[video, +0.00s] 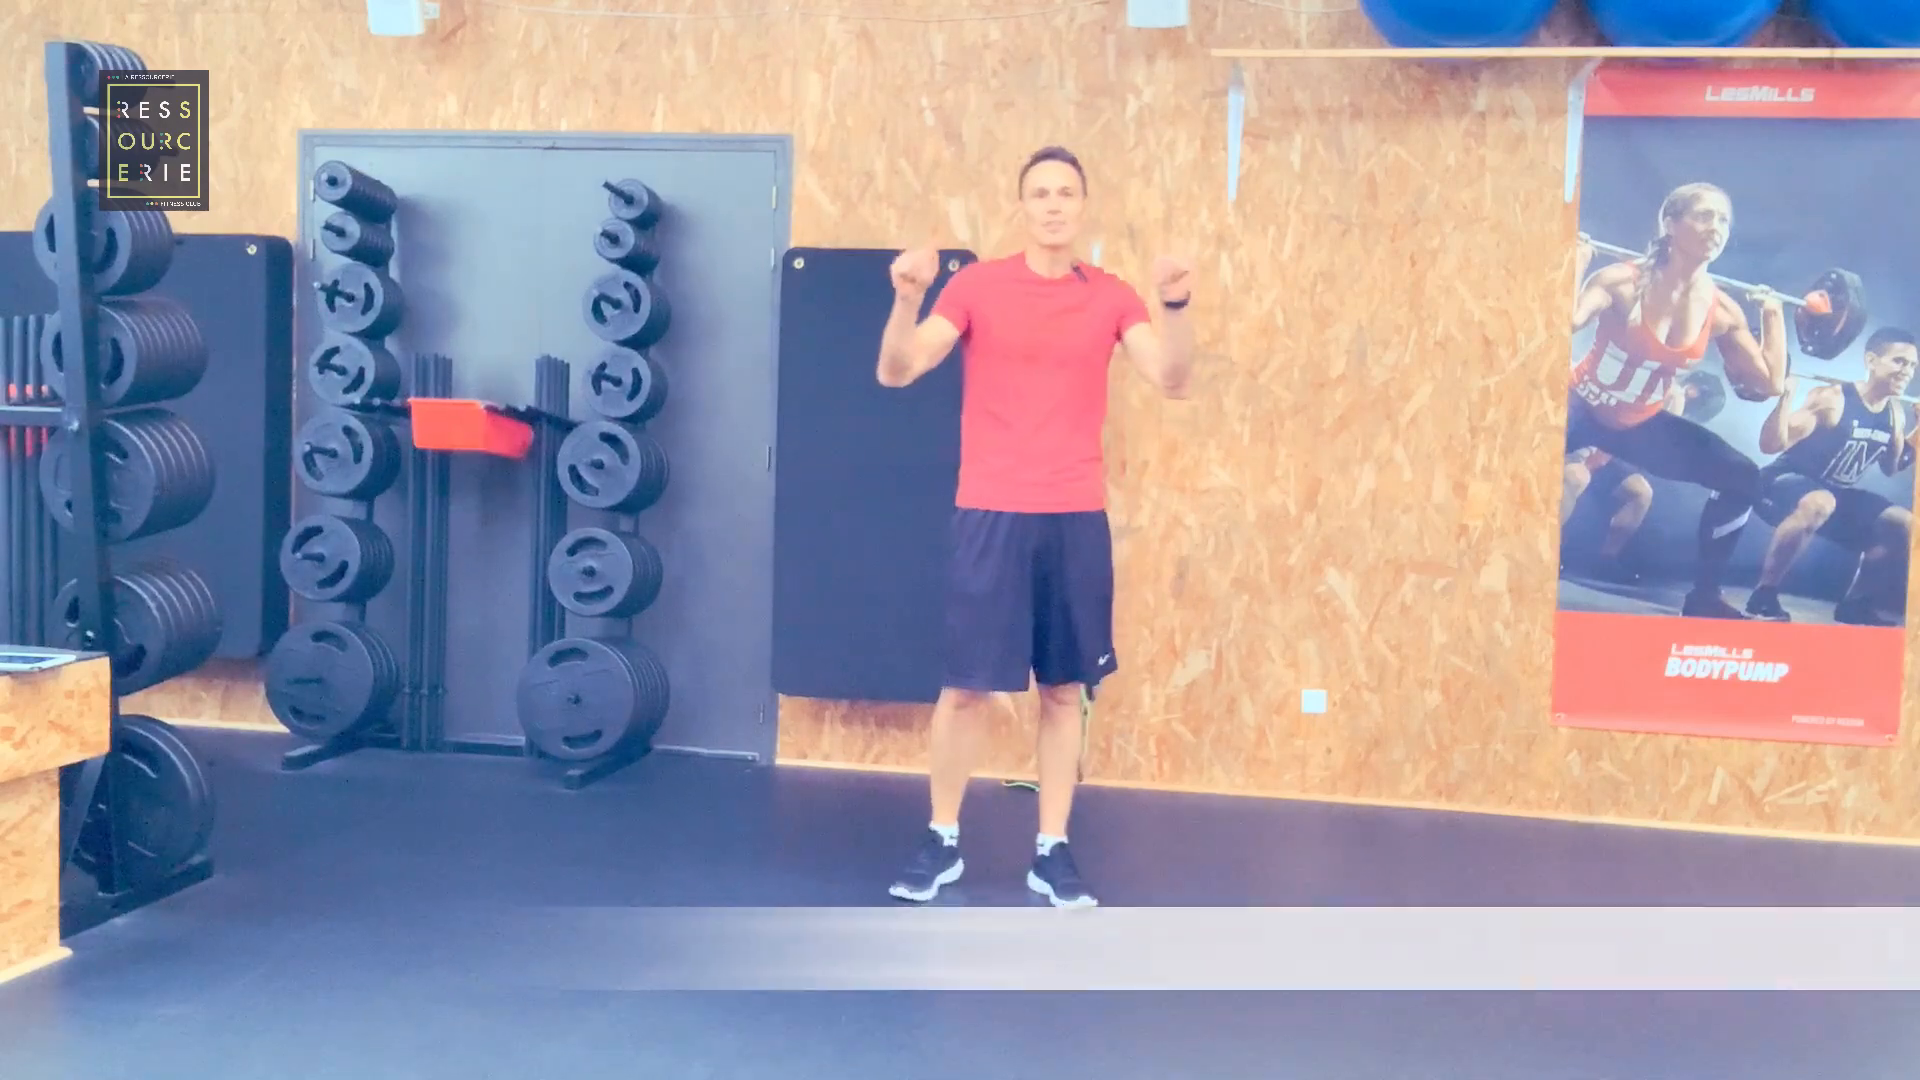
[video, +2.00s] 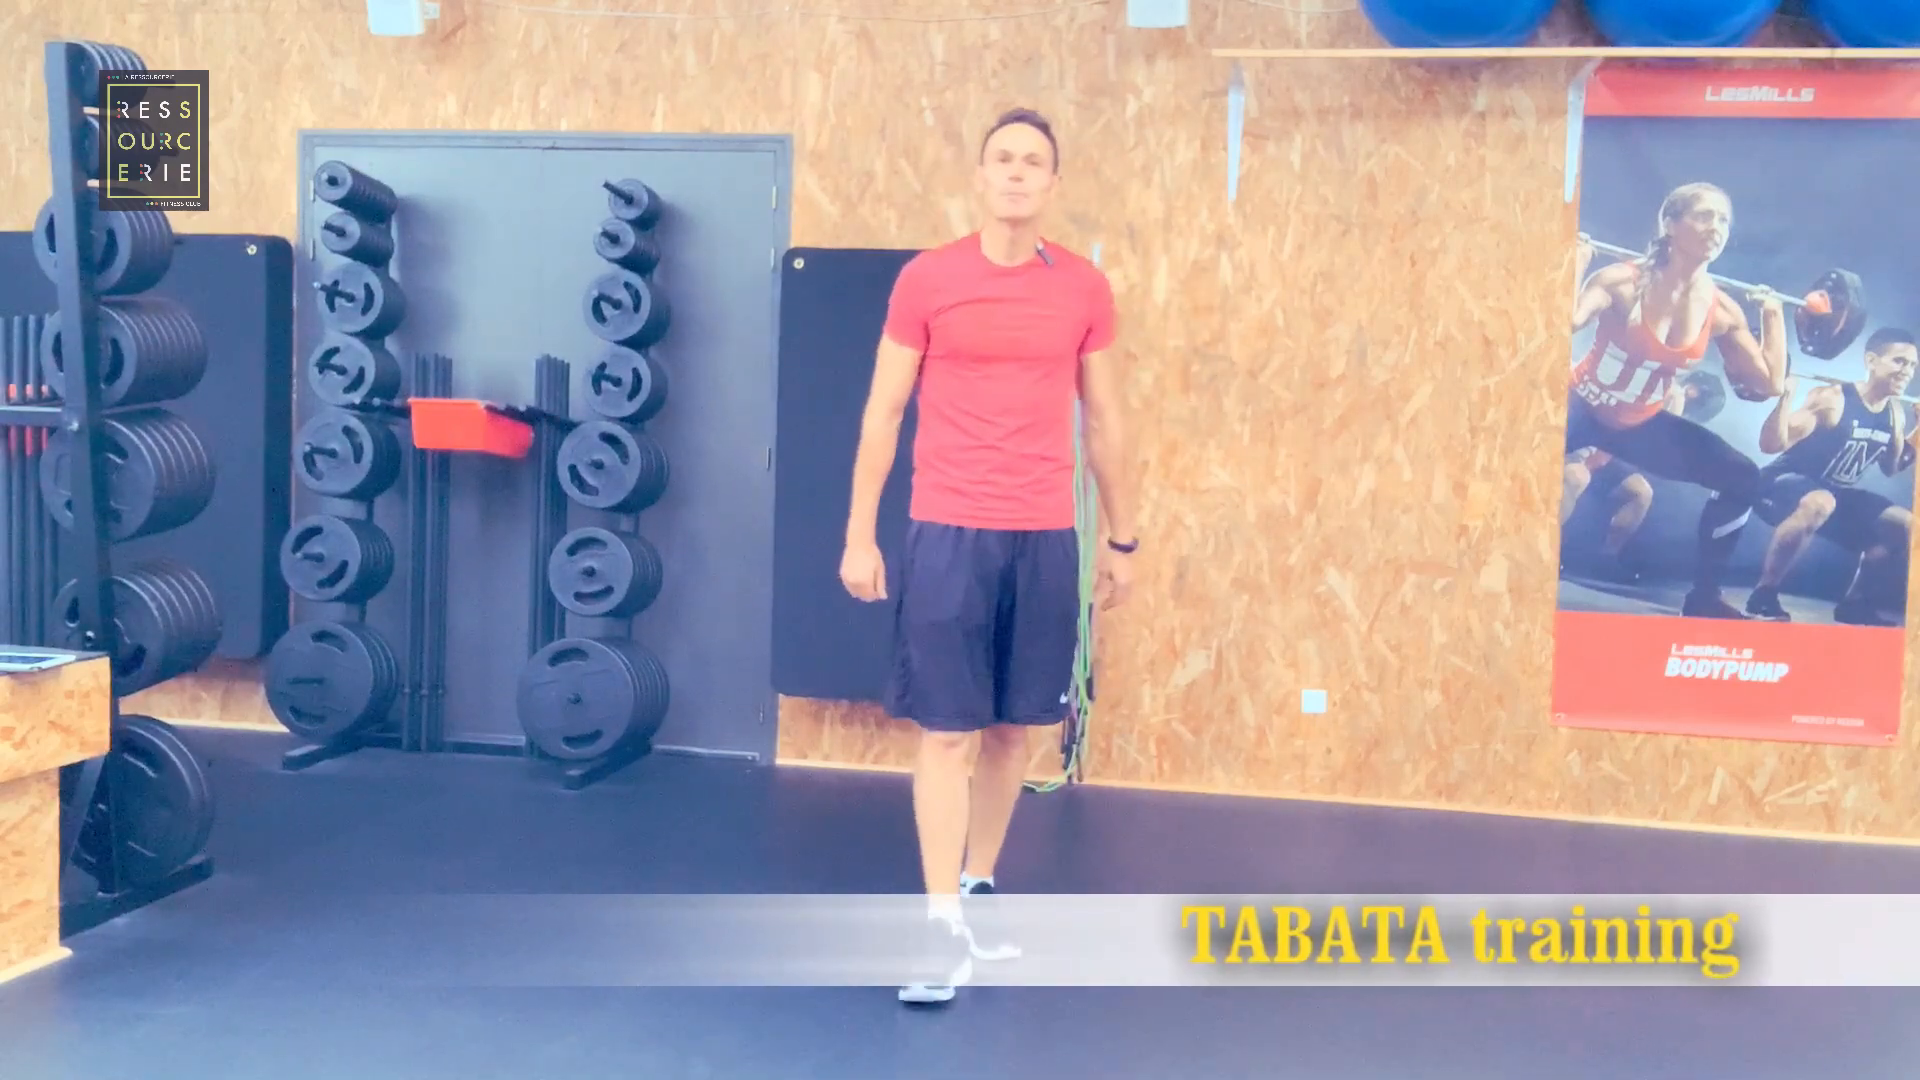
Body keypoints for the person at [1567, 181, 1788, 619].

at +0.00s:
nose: (1716, 228)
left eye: (1724, 221)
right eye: (1704, 216)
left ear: (1728, 234)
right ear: (1670, 223)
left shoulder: (1722, 310)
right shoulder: (1620, 279)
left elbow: (1768, 386)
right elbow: (1559, 325)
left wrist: (1773, 312)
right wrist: (1573, 269)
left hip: (1644, 425)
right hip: (1579, 409)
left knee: (1741, 477)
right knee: (1514, 448)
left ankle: (1705, 596)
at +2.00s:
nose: (1716, 228)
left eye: (1724, 220)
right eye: (1704, 216)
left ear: (1728, 234)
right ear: (1670, 224)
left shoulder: (1721, 310)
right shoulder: (1620, 280)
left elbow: (1769, 385)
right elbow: (1558, 325)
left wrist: (1773, 312)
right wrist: (1573, 268)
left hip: (1644, 425)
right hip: (1579, 408)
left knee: (1742, 478)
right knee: (1513, 451)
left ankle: (1705, 597)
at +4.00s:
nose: (1716, 228)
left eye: (1724, 221)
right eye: (1704, 216)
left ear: (1728, 234)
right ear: (1670, 224)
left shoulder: (1722, 310)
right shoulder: (1620, 279)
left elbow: (1769, 385)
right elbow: (1559, 325)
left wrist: (1773, 312)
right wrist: (1573, 269)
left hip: (1643, 424)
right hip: (1579, 408)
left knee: (1741, 477)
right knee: (1517, 447)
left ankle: (1705, 597)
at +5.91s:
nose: (1717, 228)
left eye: (1724, 220)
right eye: (1705, 216)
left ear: (1728, 232)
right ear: (1670, 224)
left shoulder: (1722, 311)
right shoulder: (1620, 279)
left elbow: (1769, 386)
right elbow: (1558, 325)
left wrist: (1773, 313)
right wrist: (1572, 269)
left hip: (1644, 425)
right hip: (1579, 409)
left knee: (1742, 477)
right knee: (1511, 453)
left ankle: (1704, 597)